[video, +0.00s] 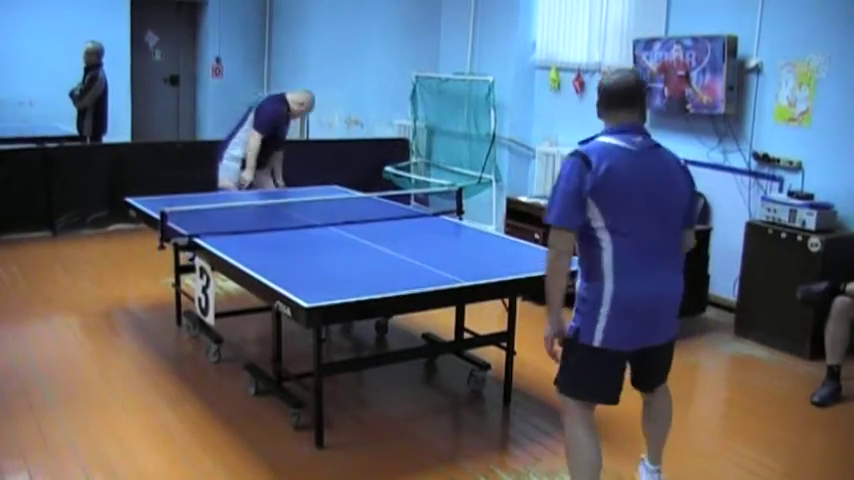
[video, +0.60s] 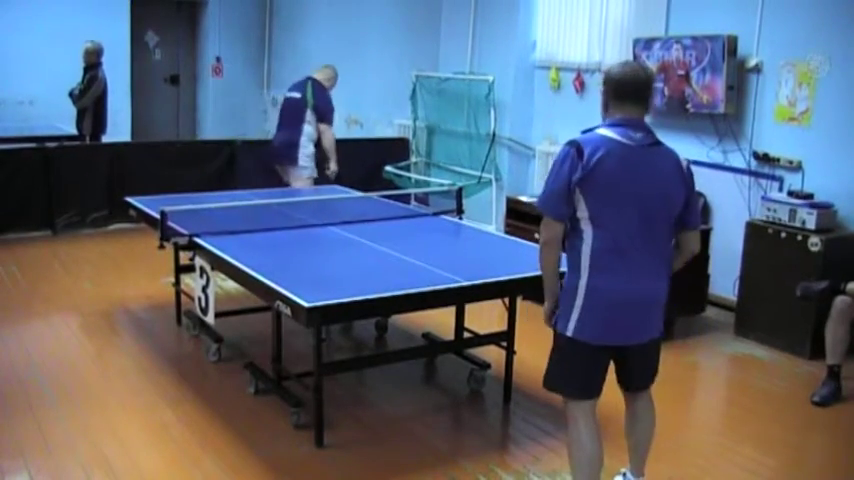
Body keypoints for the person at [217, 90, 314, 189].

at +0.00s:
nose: (300, 116)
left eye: (304, 113)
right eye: (303, 112)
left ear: (300, 103)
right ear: (300, 104)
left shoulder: (285, 114)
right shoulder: (273, 107)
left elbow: (278, 151)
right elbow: (255, 137)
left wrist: (279, 178)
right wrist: (249, 170)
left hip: (259, 163)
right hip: (235, 160)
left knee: (272, 201)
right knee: (229, 204)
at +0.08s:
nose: (307, 111)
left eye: (310, 108)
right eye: (310, 107)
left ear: (305, 98)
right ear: (306, 99)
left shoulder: (291, 109)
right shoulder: (280, 102)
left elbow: (283, 145)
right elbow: (262, 134)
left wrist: (282, 173)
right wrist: (255, 167)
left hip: (266, 160)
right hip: (244, 157)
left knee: (273, 200)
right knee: (244, 203)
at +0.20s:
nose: (312, 104)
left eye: (316, 101)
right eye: (315, 99)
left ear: (312, 91)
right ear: (313, 93)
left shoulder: (297, 101)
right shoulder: (288, 97)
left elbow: (288, 137)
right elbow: (273, 130)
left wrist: (290, 164)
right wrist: (270, 163)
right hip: (255, 150)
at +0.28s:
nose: (318, 100)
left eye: (321, 97)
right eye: (320, 95)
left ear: (314, 86)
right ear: (316, 89)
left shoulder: (300, 97)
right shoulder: (294, 96)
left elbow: (294, 134)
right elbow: (283, 131)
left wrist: (297, 159)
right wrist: (283, 163)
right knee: (271, 189)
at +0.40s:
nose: (320, 97)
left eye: (323, 94)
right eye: (323, 93)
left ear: (310, 80)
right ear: (320, 87)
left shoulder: (290, 89)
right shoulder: (304, 95)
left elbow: (292, 129)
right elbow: (300, 133)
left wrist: (305, 156)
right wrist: (304, 169)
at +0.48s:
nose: (324, 93)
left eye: (327, 90)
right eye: (327, 90)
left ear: (313, 77)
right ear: (324, 84)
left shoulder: (291, 88)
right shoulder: (311, 95)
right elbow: (312, 134)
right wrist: (317, 167)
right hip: (290, 150)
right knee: (302, 193)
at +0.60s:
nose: (330, 90)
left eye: (332, 87)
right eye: (332, 87)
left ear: (317, 74)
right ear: (330, 82)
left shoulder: (295, 86)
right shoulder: (320, 93)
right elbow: (325, 128)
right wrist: (332, 160)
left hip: (279, 146)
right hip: (300, 148)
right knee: (304, 196)